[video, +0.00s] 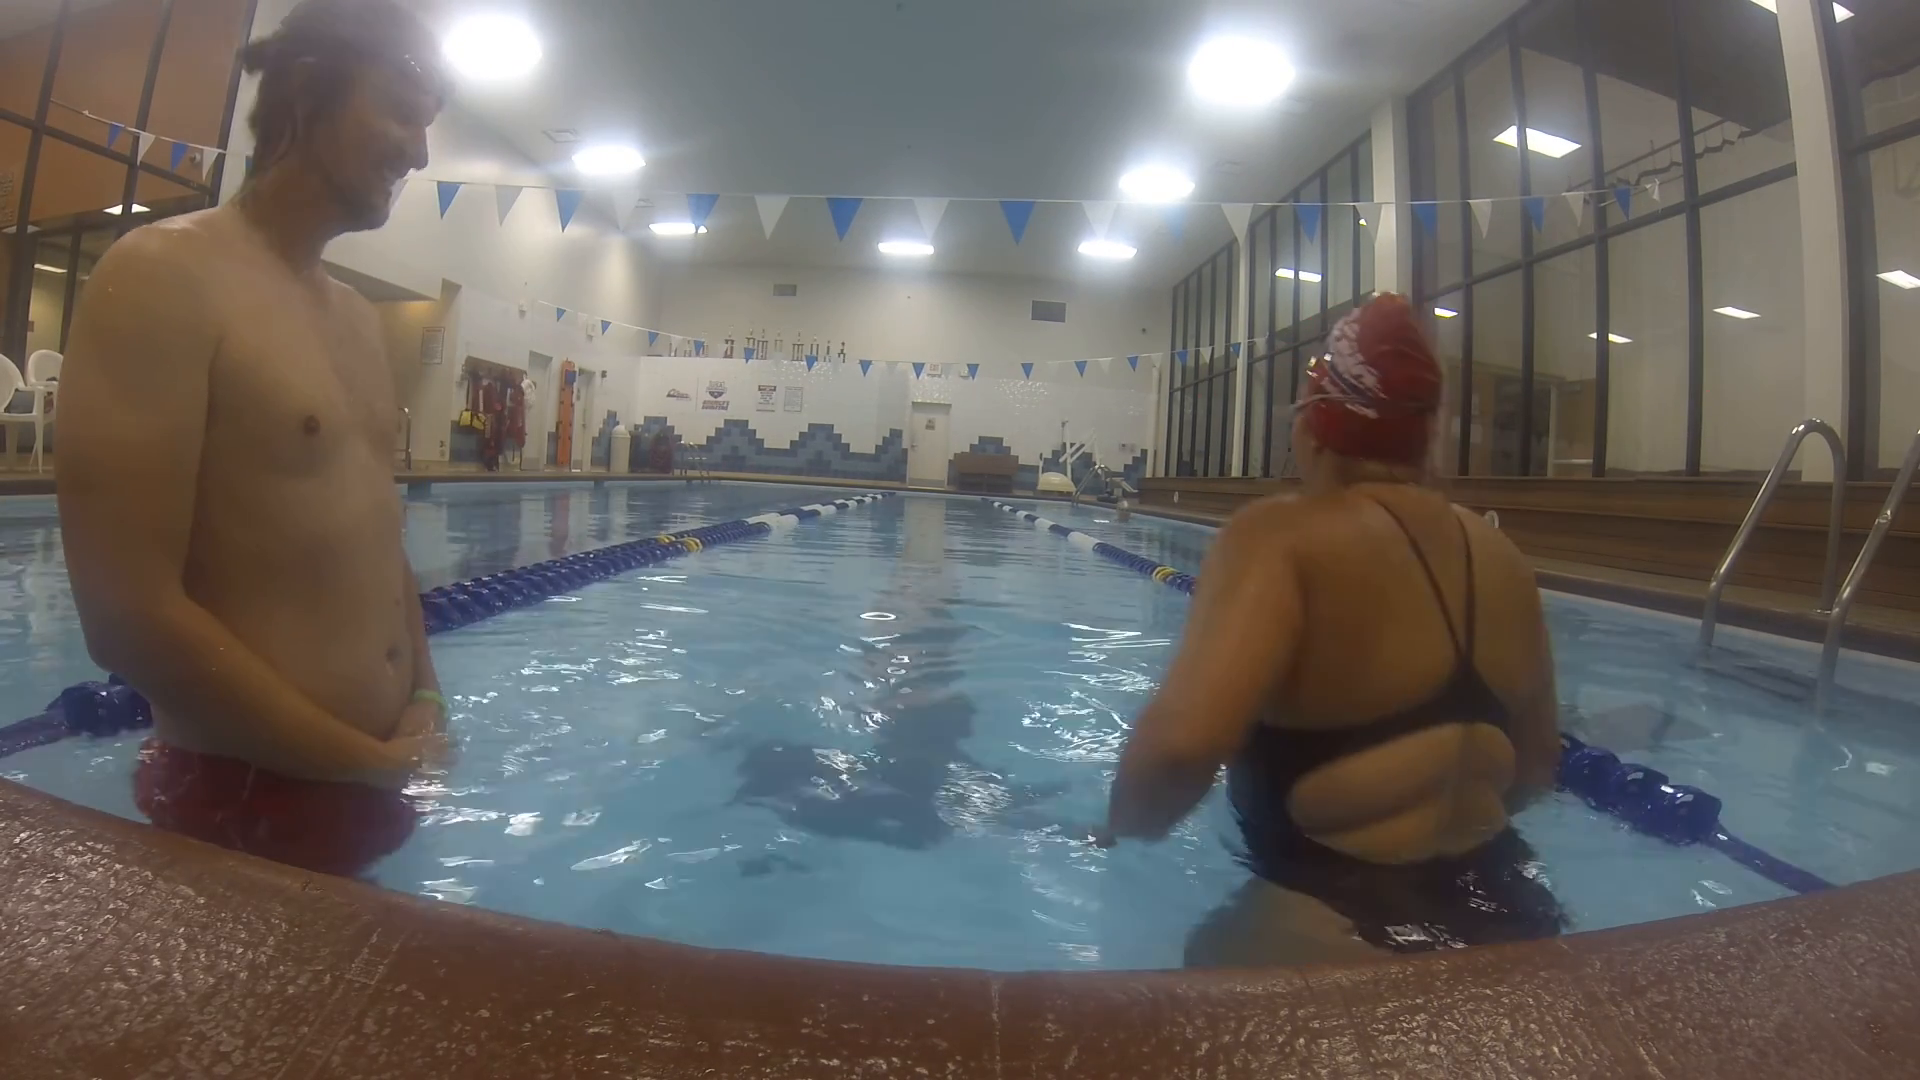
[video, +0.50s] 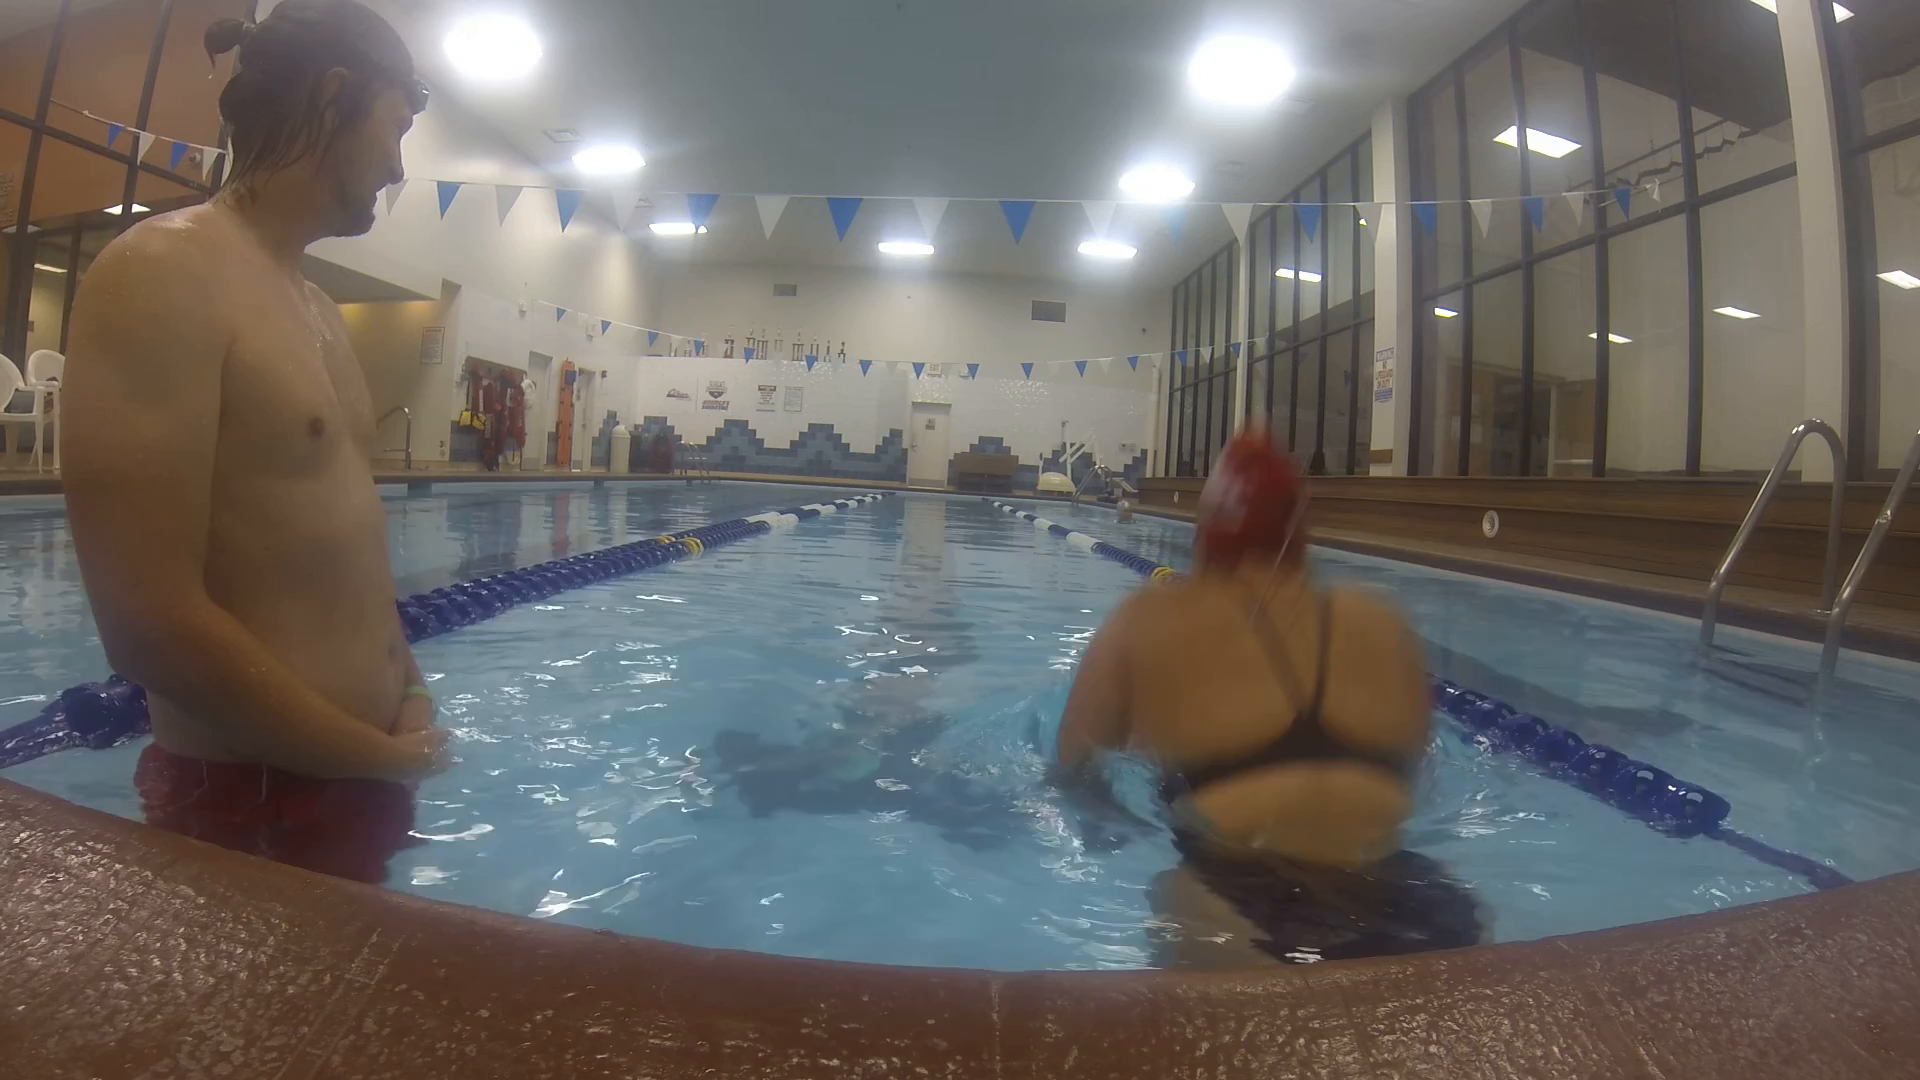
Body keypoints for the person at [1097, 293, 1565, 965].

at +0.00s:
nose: (1294, 424)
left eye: (1301, 407)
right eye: (1303, 404)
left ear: (1311, 424)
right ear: (1424, 433)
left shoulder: (1278, 537)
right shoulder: (1496, 551)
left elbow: (1184, 741)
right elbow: (1534, 758)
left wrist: (1124, 833)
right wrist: (1444, 815)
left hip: (1333, 933)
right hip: (1503, 916)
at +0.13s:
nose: (1283, 415)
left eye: (1288, 398)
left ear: (1300, 411)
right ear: (1406, 416)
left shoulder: (1247, 516)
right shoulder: (1483, 531)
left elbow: (1151, 711)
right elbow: (1521, 759)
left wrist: (1131, 819)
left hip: (1299, 911)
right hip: (1475, 904)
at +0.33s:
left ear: (1245, 439)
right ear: (1352, 442)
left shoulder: (1192, 529)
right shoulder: (1438, 542)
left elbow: (1087, 738)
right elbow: (1468, 749)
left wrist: (1122, 796)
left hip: (1258, 916)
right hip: (1436, 906)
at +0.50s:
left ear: (1206, 531)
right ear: (1301, 534)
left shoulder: (1149, 621)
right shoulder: (1382, 622)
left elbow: (1074, 766)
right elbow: (1412, 749)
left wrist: (1124, 834)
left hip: (1229, 927)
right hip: (1388, 921)